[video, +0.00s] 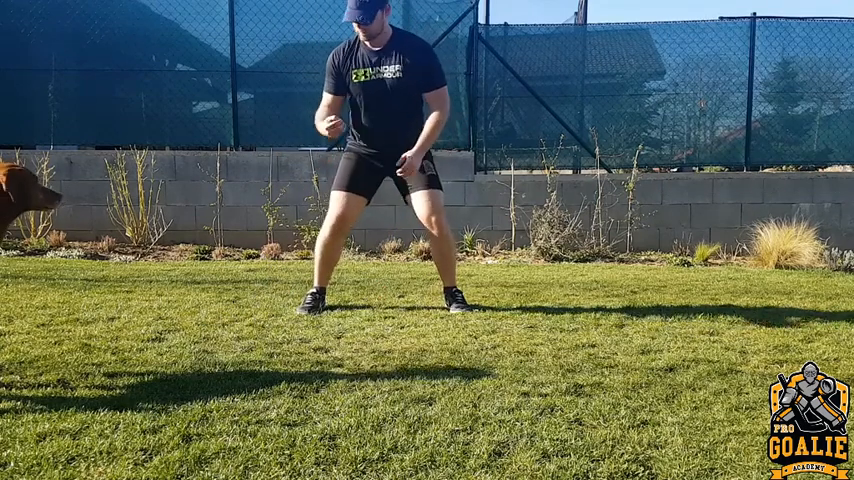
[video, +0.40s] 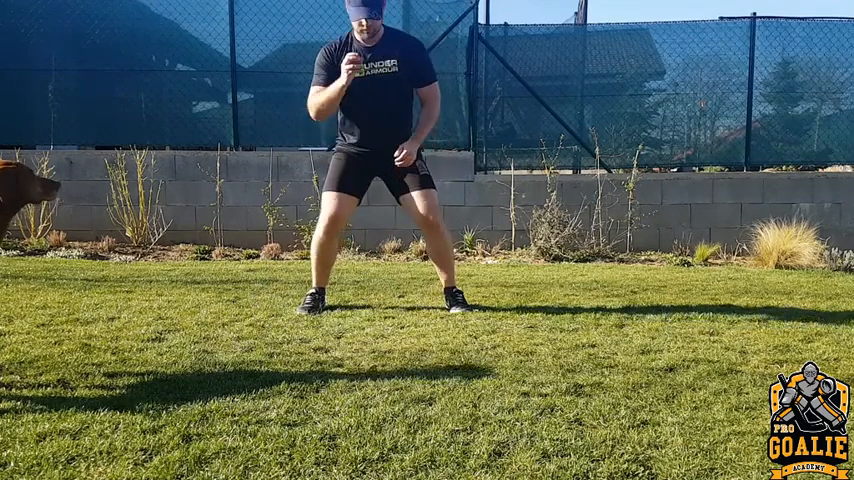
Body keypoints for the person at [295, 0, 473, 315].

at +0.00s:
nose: (361, 27)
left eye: (367, 19)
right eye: (356, 21)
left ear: (386, 11)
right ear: (350, 17)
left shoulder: (417, 50)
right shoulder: (341, 57)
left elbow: (440, 108)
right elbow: (326, 108)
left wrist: (417, 152)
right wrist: (326, 125)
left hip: (411, 150)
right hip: (362, 150)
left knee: (434, 221)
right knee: (335, 221)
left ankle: (452, 292)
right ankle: (317, 293)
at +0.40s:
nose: (366, 25)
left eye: (372, 17)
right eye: (359, 19)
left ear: (383, 12)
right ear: (349, 16)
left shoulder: (408, 47)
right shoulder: (332, 53)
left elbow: (431, 102)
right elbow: (317, 111)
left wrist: (415, 141)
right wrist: (343, 81)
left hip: (400, 148)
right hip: (352, 149)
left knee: (429, 216)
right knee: (329, 219)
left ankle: (452, 291)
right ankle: (317, 293)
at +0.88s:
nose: (382, 19)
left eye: (389, 13)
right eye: (375, 13)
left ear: (397, 12)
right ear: (365, 12)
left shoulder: (421, 51)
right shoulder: (343, 53)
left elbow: (439, 104)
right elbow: (327, 112)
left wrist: (431, 136)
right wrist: (320, 162)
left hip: (405, 151)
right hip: (357, 152)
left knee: (434, 219)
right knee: (333, 223)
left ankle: (452, 291)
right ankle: (317, 293)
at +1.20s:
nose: (416, 30)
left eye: (420, 23)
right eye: (410, 22)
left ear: (424, 20)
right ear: (388, 16)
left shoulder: (431, 63)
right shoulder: (354, 56)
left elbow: (449, 118)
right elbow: (327, 109)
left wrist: (471, 161)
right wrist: (319, 160)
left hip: (411, 154)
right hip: (363, 154)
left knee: (446, 216)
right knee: (338, 224)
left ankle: (464, 290)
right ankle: (317, 293)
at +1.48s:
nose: (478, 52)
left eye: (483, 47)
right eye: (473, 44)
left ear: (488, 42)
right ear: (455, 33)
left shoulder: (484, 87)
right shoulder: (414, 68)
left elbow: (497, 141)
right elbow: (376, 118)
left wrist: (515, 141)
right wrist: (381, 165)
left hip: (443, 168)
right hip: (395, 163)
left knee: (474, 218)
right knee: (356, 231)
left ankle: (473, 296)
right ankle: (320, 293)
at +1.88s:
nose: (442, 32)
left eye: (450, 26)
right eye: (437, 24)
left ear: (458, 27)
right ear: (425, 20)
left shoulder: (468, 69)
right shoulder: (395, 58)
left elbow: (481, 127)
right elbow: (372, 112)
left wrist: (454, 141)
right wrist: (407, 141)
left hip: (438, 155)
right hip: (389, 151)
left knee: (462, 217)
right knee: (352, 224)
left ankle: (473, 295)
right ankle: (324, 293)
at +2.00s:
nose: (417, 25)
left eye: (424, 19)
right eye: (411, 17)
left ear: (433, 20)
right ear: (401, 17)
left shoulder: (452, 62)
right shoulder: (375, 55)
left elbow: (462, 118)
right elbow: (355, 109)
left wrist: (434, 130)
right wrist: (382, 127)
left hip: (427, 154)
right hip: (379, 151)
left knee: (455, 219)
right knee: (347, 221)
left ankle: (472, 295)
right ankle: (323, 293)